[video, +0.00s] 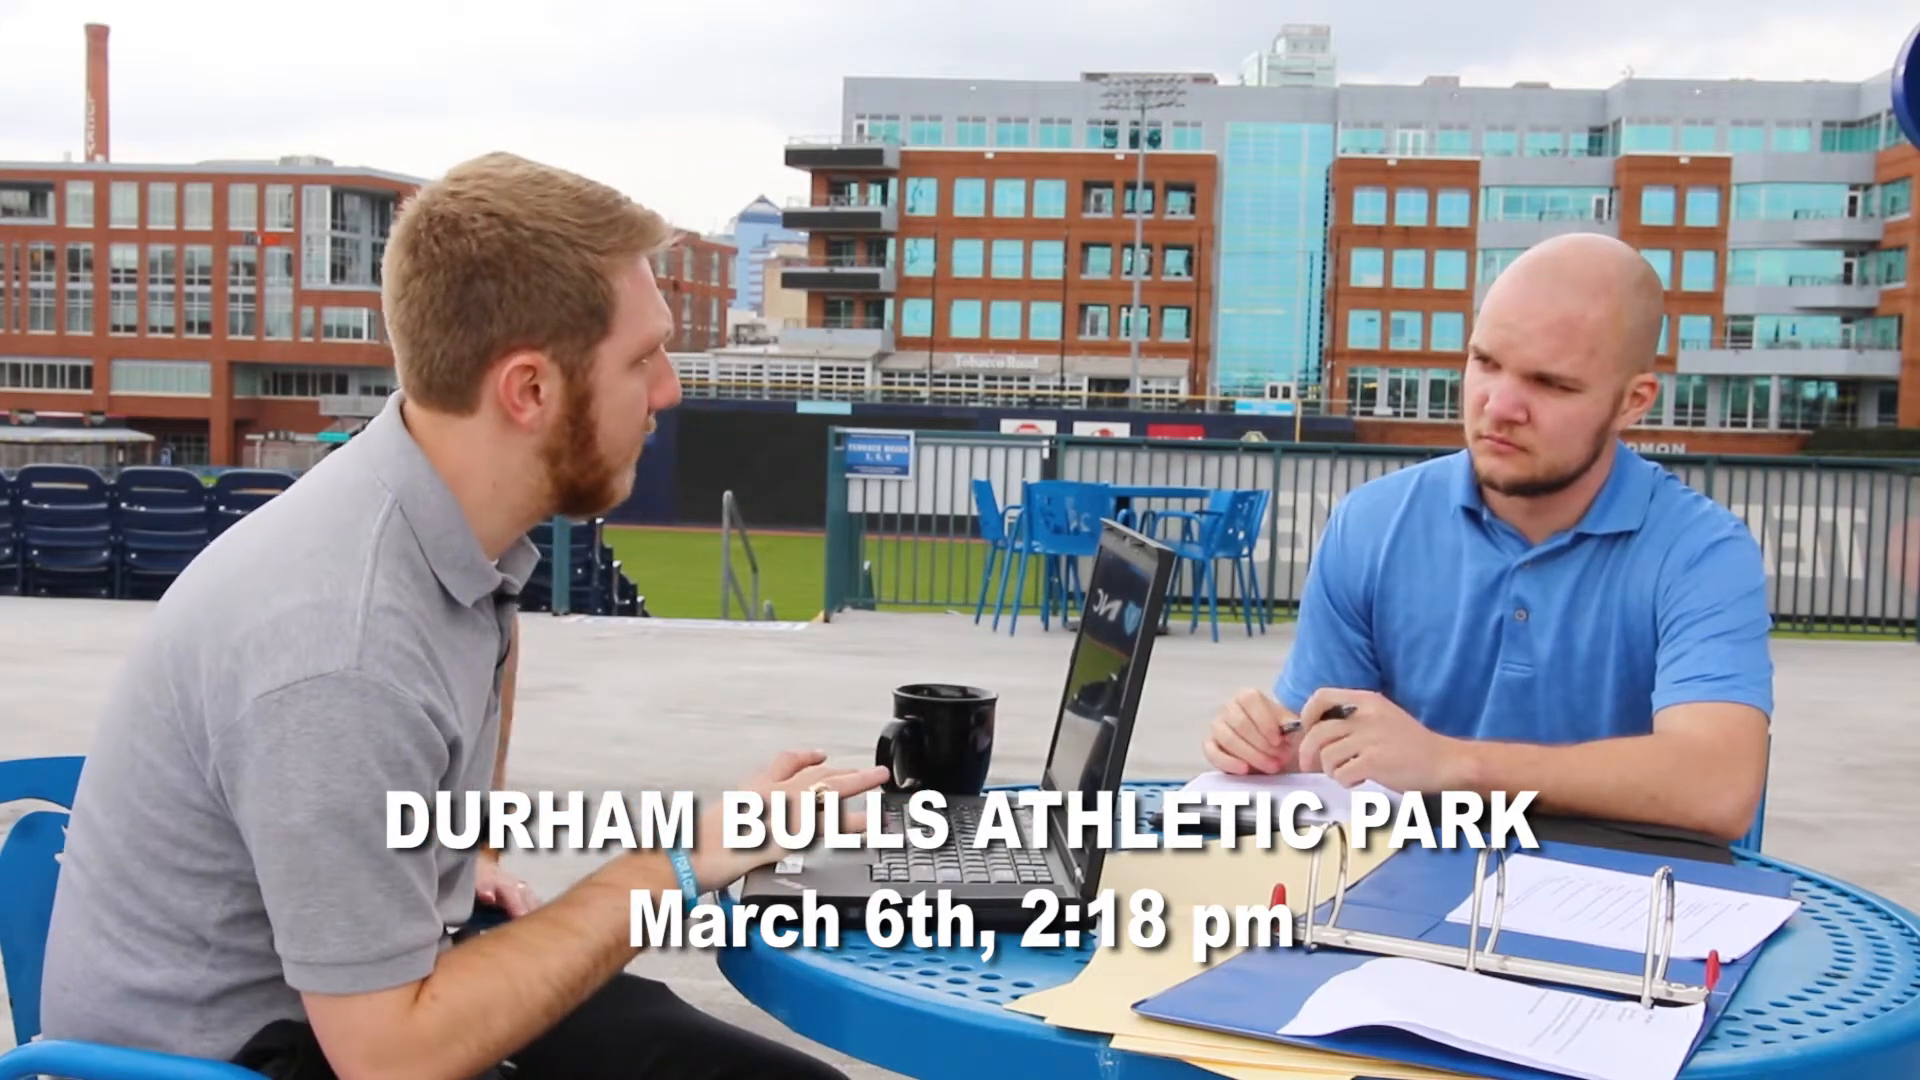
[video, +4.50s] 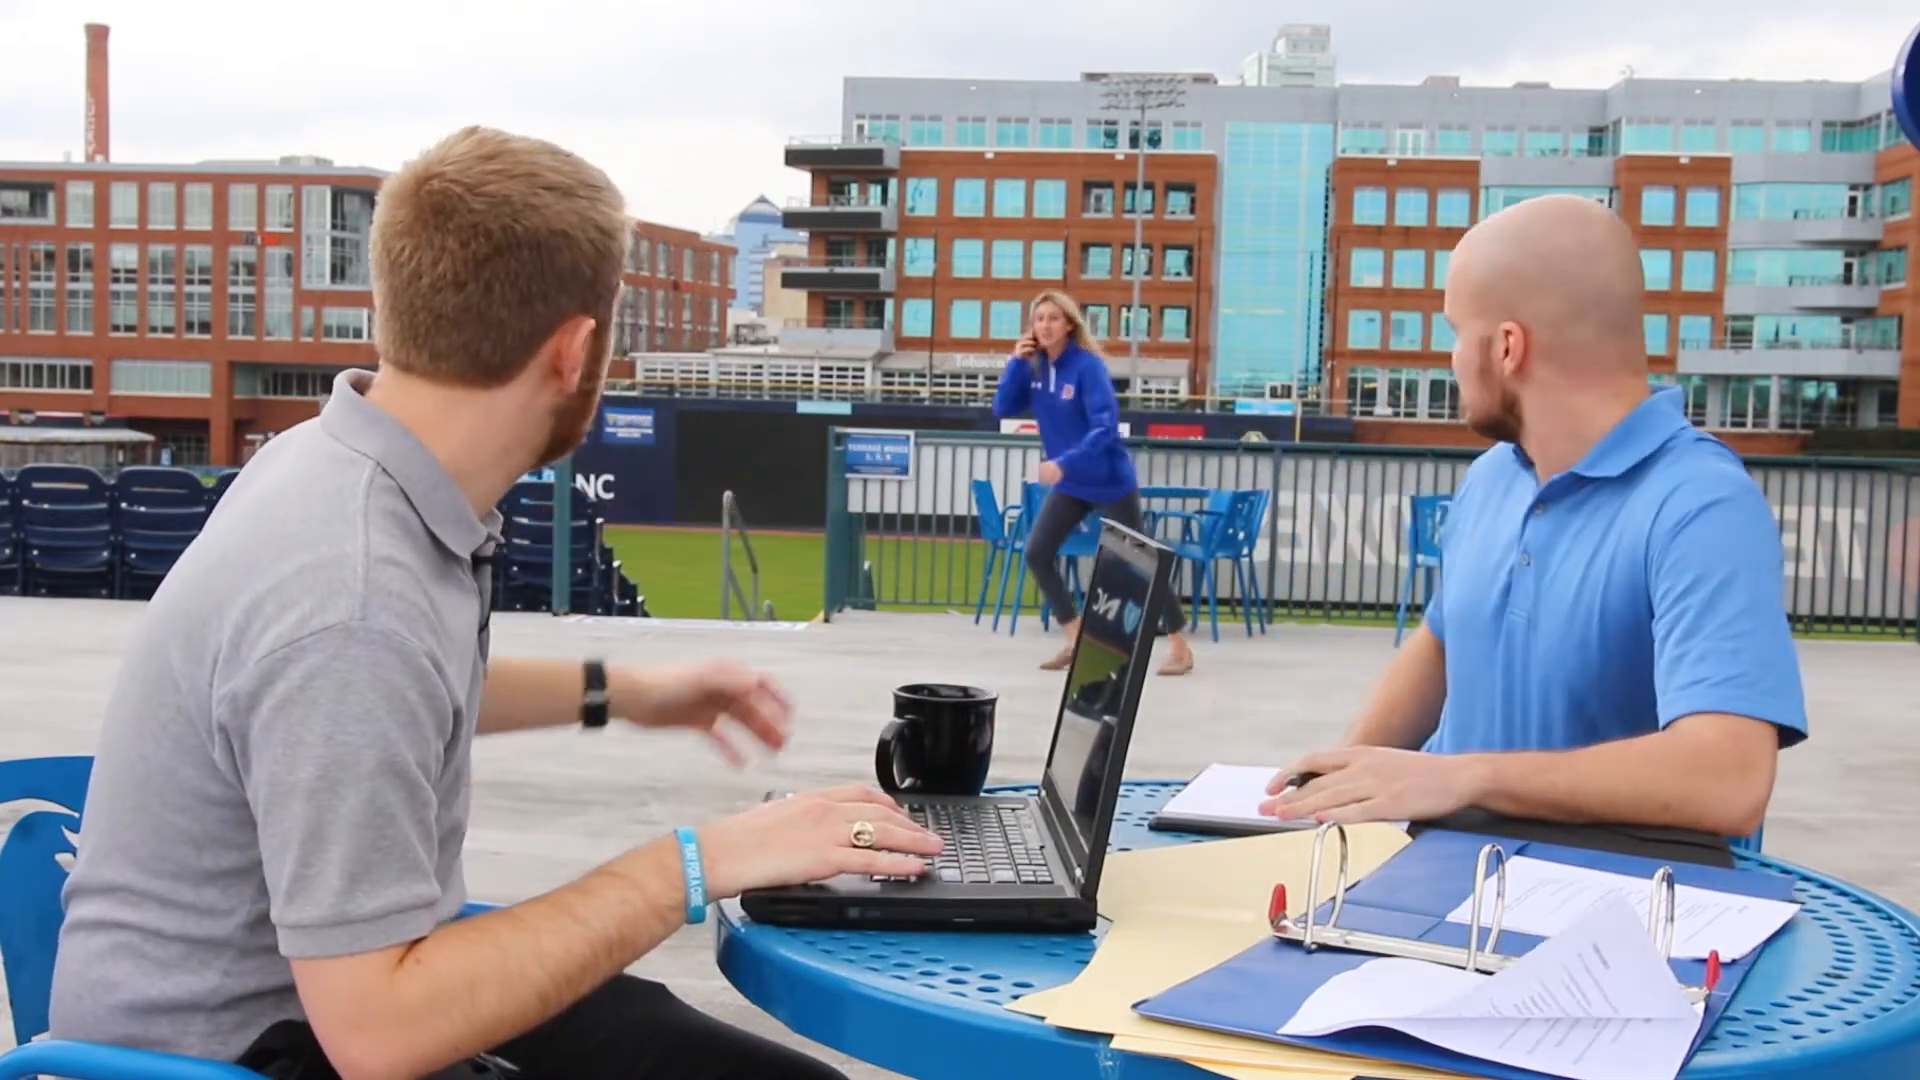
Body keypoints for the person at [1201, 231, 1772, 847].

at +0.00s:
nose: (1499, 406)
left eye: (1549, 383)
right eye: (1486, 364)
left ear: (1632, 403)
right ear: (1467, 353)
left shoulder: (1697, 552)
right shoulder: (1370, 525)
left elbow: (1713, 786)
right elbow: (1306, 730)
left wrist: (1446, 762)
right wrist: (1261, 736)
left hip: (1621, 917)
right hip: (1395, 894)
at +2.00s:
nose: (1486, 431)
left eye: (1532, 405)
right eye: (1465, 388)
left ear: (1616, 398)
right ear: (1449, 362)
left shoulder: (1693, 548)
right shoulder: (1365, 525)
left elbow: (1710, 785)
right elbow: (1304, 727)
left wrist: (1465, 759)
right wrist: (1265, 742)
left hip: (1619, 913)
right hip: (1393, 892)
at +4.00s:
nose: (1429, 423)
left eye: (1472, 393)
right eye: (1413, 383)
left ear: (1568, 387)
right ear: (1397, 367)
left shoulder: (1669, 533)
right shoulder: (1353, 528)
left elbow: (1707, 776)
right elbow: (1315, 741)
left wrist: (1476, 776)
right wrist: (1267, 743)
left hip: (1614, 901)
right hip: (1400, 883)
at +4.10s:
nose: (1417, 405)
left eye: (1458, 376)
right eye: (1411, 369)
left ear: (1565, 378)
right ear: (1401, 356)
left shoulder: (1680, 532)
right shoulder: (1372, 514)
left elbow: (1711, 778)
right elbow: (1308, 713)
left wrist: (1472, 776)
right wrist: (1263, 737)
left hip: (1623, 902)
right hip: (1409, 877)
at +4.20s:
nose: (1401, 382)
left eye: (1429, 357)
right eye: (1406, 352)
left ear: (1530, 370)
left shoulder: (1692, 525)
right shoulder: (1398, 501)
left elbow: (1719, 780)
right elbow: (1323, 691)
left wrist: (1466, 773)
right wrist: (1273, 730)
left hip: (1626, 910)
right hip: (1410, 881)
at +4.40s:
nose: (1433, 358)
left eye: (1440, 335)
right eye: (1434, 335)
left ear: (1500, 351)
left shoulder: (1700, 506)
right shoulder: (1469, 482)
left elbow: (1726, 779)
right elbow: (1407, 648)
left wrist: (1466, 775)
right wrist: (1309, 745)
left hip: (1642, 916)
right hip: (1453, 882)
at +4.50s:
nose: (1454, 356)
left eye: (1459, 332)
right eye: (1454, 331)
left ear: (1510, 348)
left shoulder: (1701, 501)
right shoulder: (1492, 479)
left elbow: (1726, 779)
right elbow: (1438, 644)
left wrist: (1466, 774)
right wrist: (1355, 763)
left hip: (1638, 918)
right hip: (1455, 882)